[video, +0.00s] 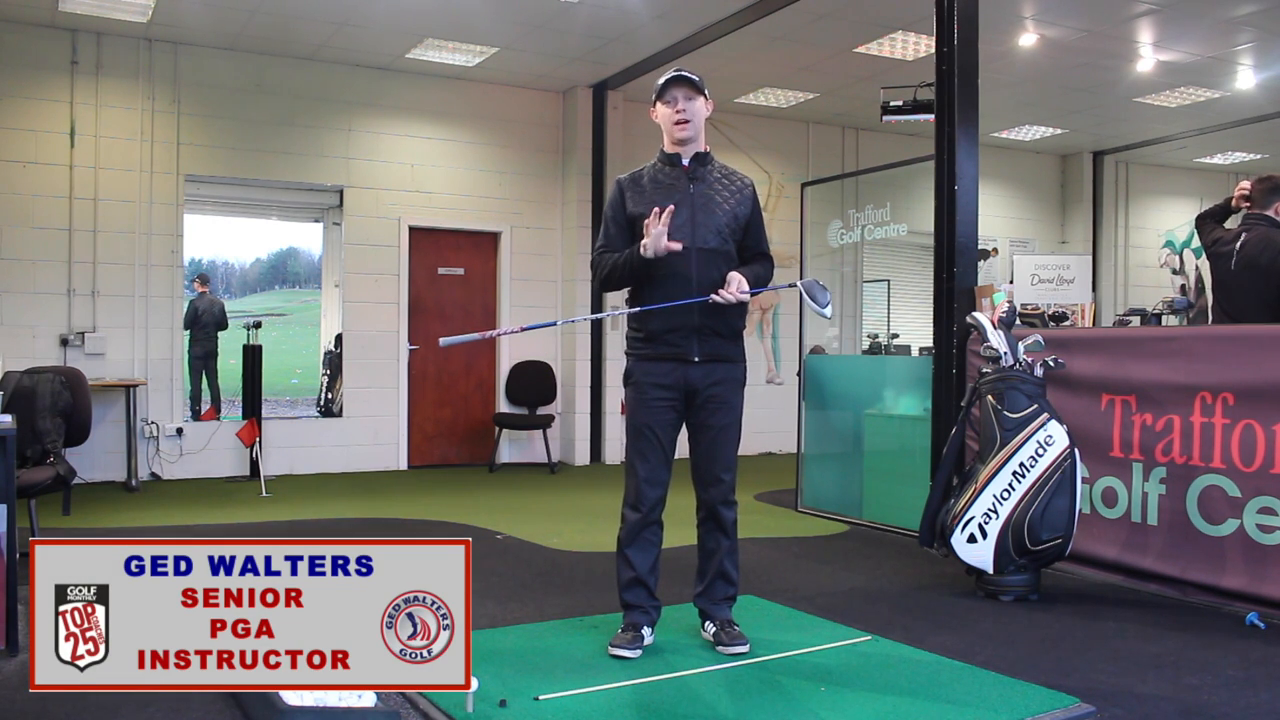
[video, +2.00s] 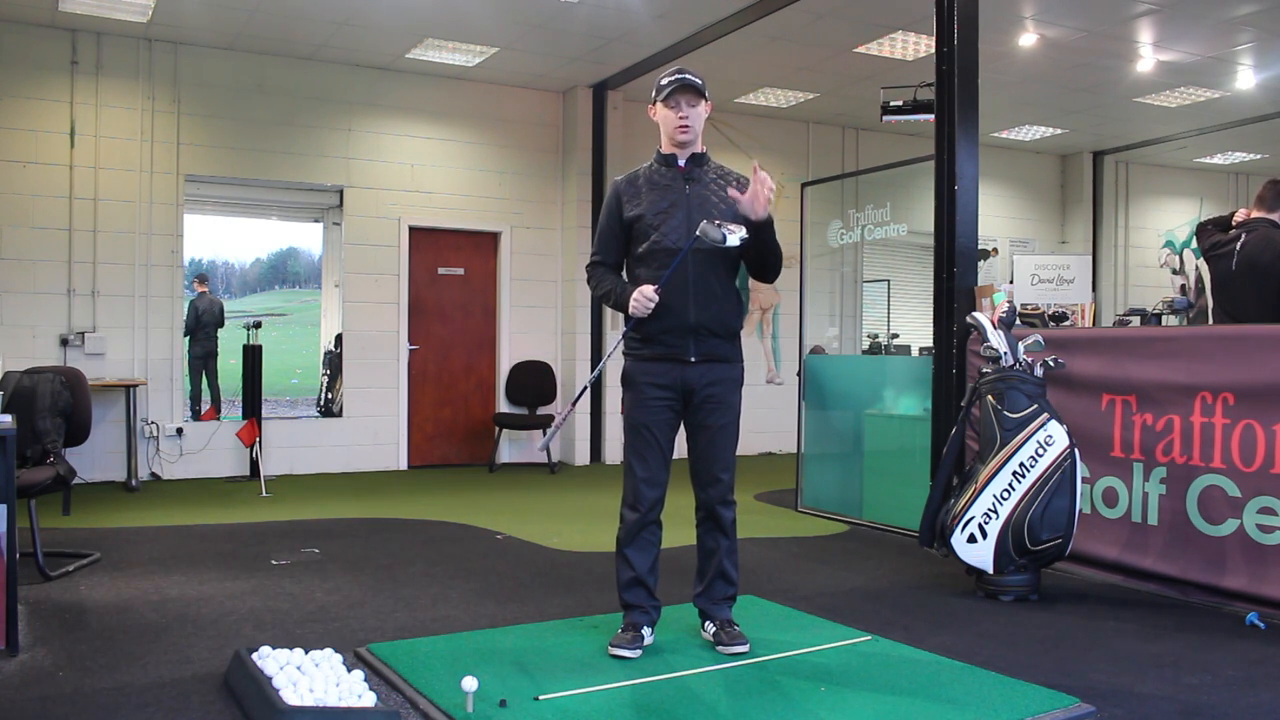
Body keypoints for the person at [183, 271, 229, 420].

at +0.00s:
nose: (194, 286)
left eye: (195, 284)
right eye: (194, 284)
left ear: (199, 285)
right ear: (207, 285)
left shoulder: (195, 302)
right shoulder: (218, 302)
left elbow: (186, 325)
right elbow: (224, 325)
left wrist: (197, 320)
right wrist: (211, 326)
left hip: (197, 345)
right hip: (212, 346)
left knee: (196, 382)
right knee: (213, 381)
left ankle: (196, 414)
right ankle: (216, 412)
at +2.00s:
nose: (193, 286)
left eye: (194, 284)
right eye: (194, 283)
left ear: (198, 284)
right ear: (207, 284)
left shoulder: (195, 302)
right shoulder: (217, 302)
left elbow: (190, 326)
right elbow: (221, 323)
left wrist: (184, 333)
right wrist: (209, 323)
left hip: (197, 345)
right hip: (212, 344)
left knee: (196, 382)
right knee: (213, 381)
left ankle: (195, 414)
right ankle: (216, 412)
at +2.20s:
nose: (193, 286)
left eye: (194, 284)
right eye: (194, 284)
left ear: (198, 284)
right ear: (207, 284)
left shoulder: (195, 303)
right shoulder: (217, 302)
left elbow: (190, 325)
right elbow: (219, 322)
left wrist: (184, 332)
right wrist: (208, 326)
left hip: (197, 344)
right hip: (212, 344)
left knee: (195, 382)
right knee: (213, 381)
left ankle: (196, 414)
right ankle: (216, 412)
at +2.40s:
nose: (193, 286)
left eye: (193, 284)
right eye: (193, 284)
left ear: (197, 284)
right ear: (206, 284)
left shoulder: (195, 303)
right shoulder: (217, 301)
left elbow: (190, 326)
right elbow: (219, 322)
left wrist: (185, 332)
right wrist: (208, 326)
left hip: (197, 344)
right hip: (212, 344)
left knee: (195, 382)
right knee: (213, 380)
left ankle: (196, 414)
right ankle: (216, 412)